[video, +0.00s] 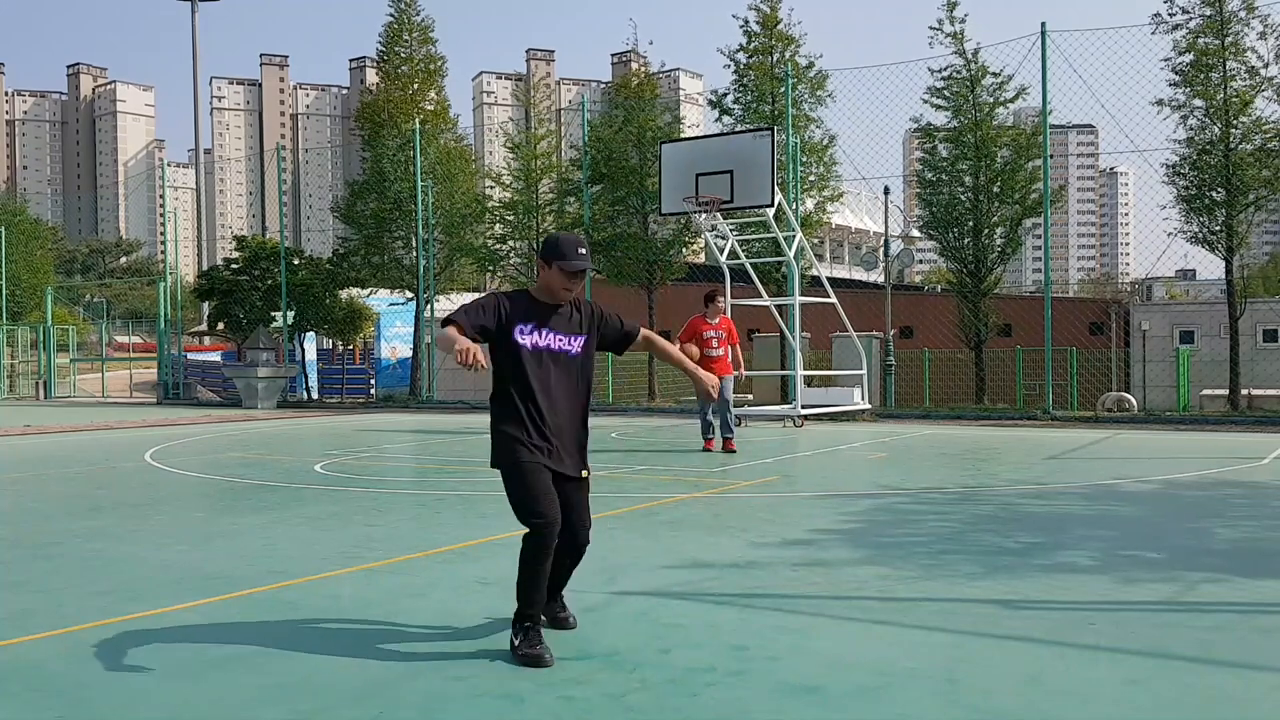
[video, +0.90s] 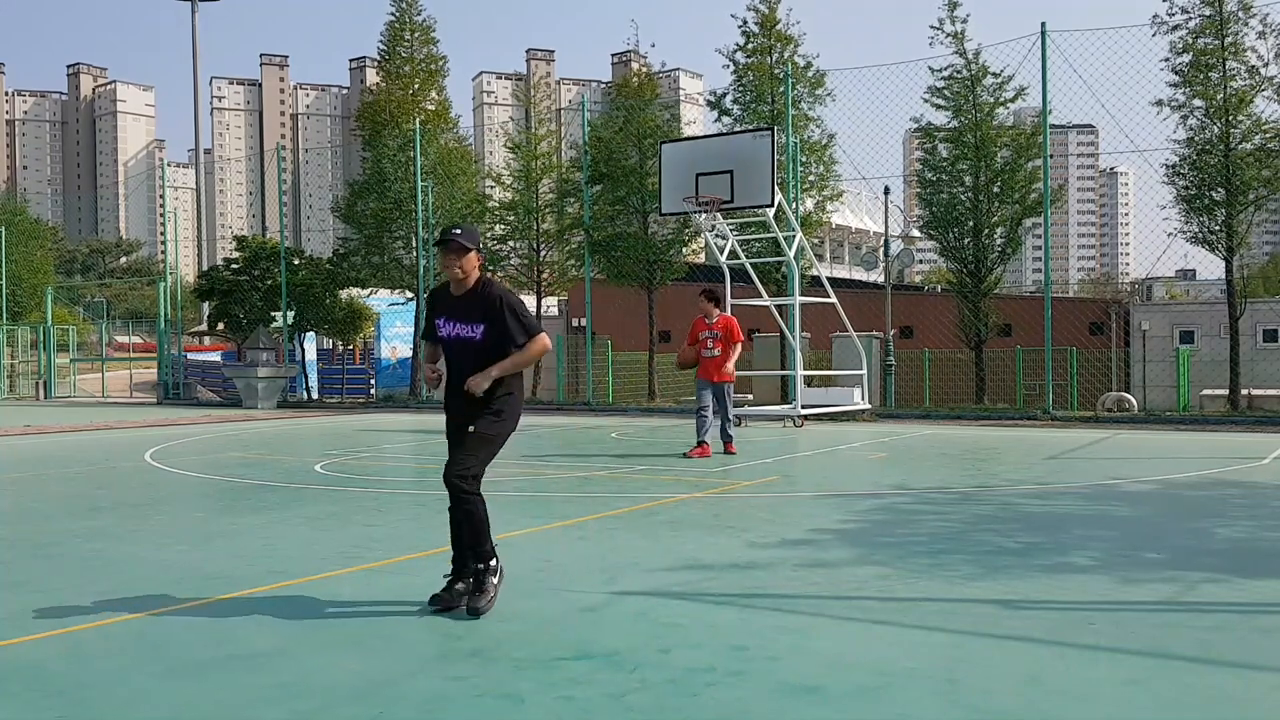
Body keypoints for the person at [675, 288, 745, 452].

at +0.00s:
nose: (722, 306)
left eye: (723, 303)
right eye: (719, 303)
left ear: (724, 304)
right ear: (709, 305)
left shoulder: (727, 322)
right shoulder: (695, 322)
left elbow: (735, 344)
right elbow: (678, 340)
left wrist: (741, 365)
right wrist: (675, 353)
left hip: (725, 370)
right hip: (704, 371)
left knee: (727, 401)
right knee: (705, 407)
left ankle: (728, 439)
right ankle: (708, 439)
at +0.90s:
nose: (699, 305)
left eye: (702, 302)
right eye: (699, 302)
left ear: (712, 303)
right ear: (706, 303)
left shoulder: (729, 321)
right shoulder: (698, 322)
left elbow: (738, 344)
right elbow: (690, 344)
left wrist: (731, 362)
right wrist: (682, 356)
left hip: (724, 373)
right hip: (704, 372)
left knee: (726, 411)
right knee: (703, 409)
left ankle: (728, 442)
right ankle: (703, 444)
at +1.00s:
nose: (693, 305)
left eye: (695, 301)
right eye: (693, 301)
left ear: (704, 303)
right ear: (701, 303)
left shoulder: (723, 320)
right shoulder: (694, 323)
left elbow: (731, 343)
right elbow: (690, 347)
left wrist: (721, 362)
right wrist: (683, 361)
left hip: (719, 371)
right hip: (699, 372)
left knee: (724, 409)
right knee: (699, 409)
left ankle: (728, 441)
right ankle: (702, 445)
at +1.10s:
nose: (688, 304)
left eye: (690, 301)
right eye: (689, 301)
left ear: (699, 302)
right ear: (697, 303)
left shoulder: (716, 319)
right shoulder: (692, 322)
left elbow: (724, 343)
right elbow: (689, 345)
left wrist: (710, 362)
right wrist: (680, 356)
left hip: (712, 371)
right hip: (693, 372)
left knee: (718, 407)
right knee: (695, 410)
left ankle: (727, 436)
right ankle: (701, 445)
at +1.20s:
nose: (683, 304)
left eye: (685, 301)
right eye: (683, 301)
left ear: (693, 302)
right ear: (693, 302)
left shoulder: (710, 318)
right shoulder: (689, 322)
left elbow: (717, 343)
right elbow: (690, 343)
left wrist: (699, 361)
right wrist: (680, 353)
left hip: (707, 371)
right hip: (691, 372)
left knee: (710, 405)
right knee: (693, 411)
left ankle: (724, 433)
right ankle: (701, 445)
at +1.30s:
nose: (678, 305)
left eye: (680, 301)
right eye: (679, 301)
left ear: (687, 301)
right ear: (690, 301)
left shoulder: (704, 316)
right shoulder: (690, 321)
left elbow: (707, 344)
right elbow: (690, 345)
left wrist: (688, 360)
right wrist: (679, 356)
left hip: (703, 371)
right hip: (690, 371)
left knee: (698, 403)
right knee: (691, 407)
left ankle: (716, 436)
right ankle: (701, 444)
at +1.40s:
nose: (675, 305)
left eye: (676, 301)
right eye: (675, 301)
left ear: (683, 302)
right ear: (688, 301)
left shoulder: (696, 316)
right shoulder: (691, 318)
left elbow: (699, 341)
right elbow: (686, 343)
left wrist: (681, 358)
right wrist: (676, 356)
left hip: (697, 370)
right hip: (693, 369)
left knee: (688, 405)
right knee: (694, 405)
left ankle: (703, 443)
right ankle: (701, 444)